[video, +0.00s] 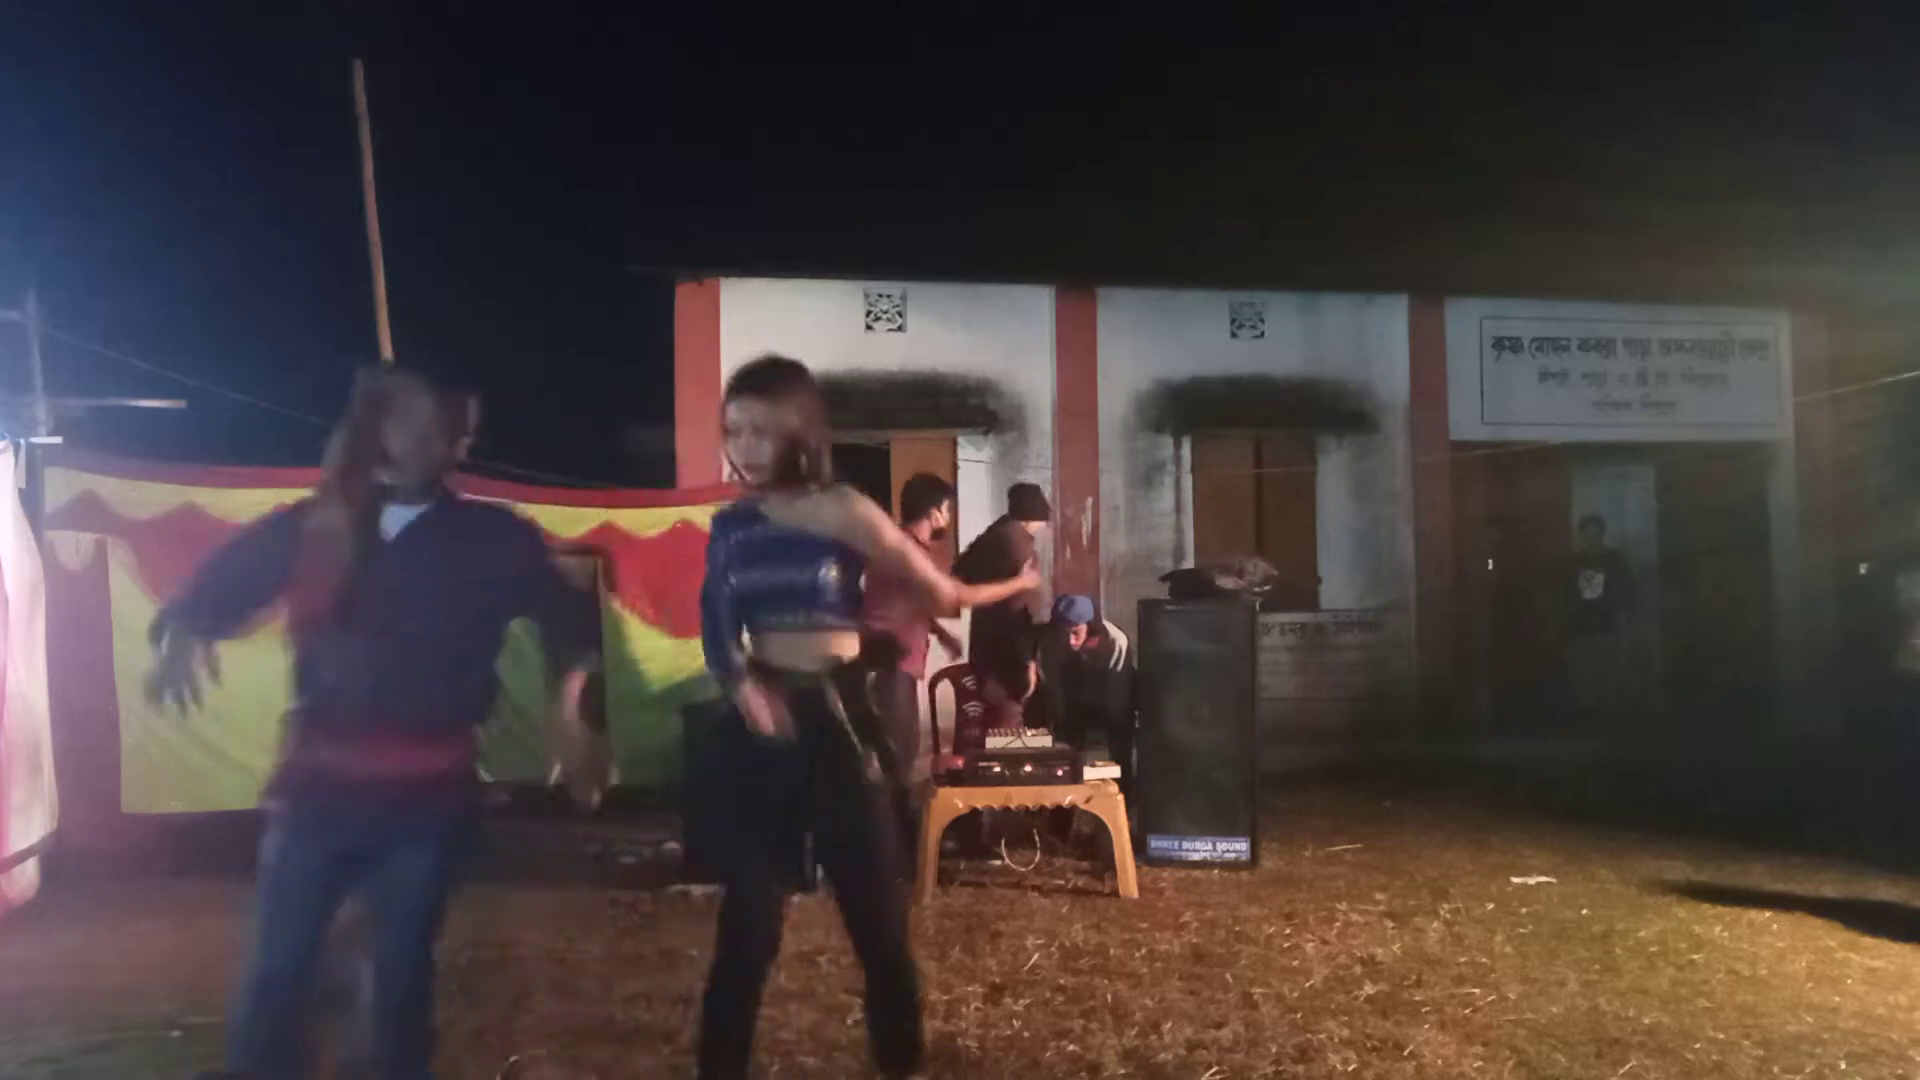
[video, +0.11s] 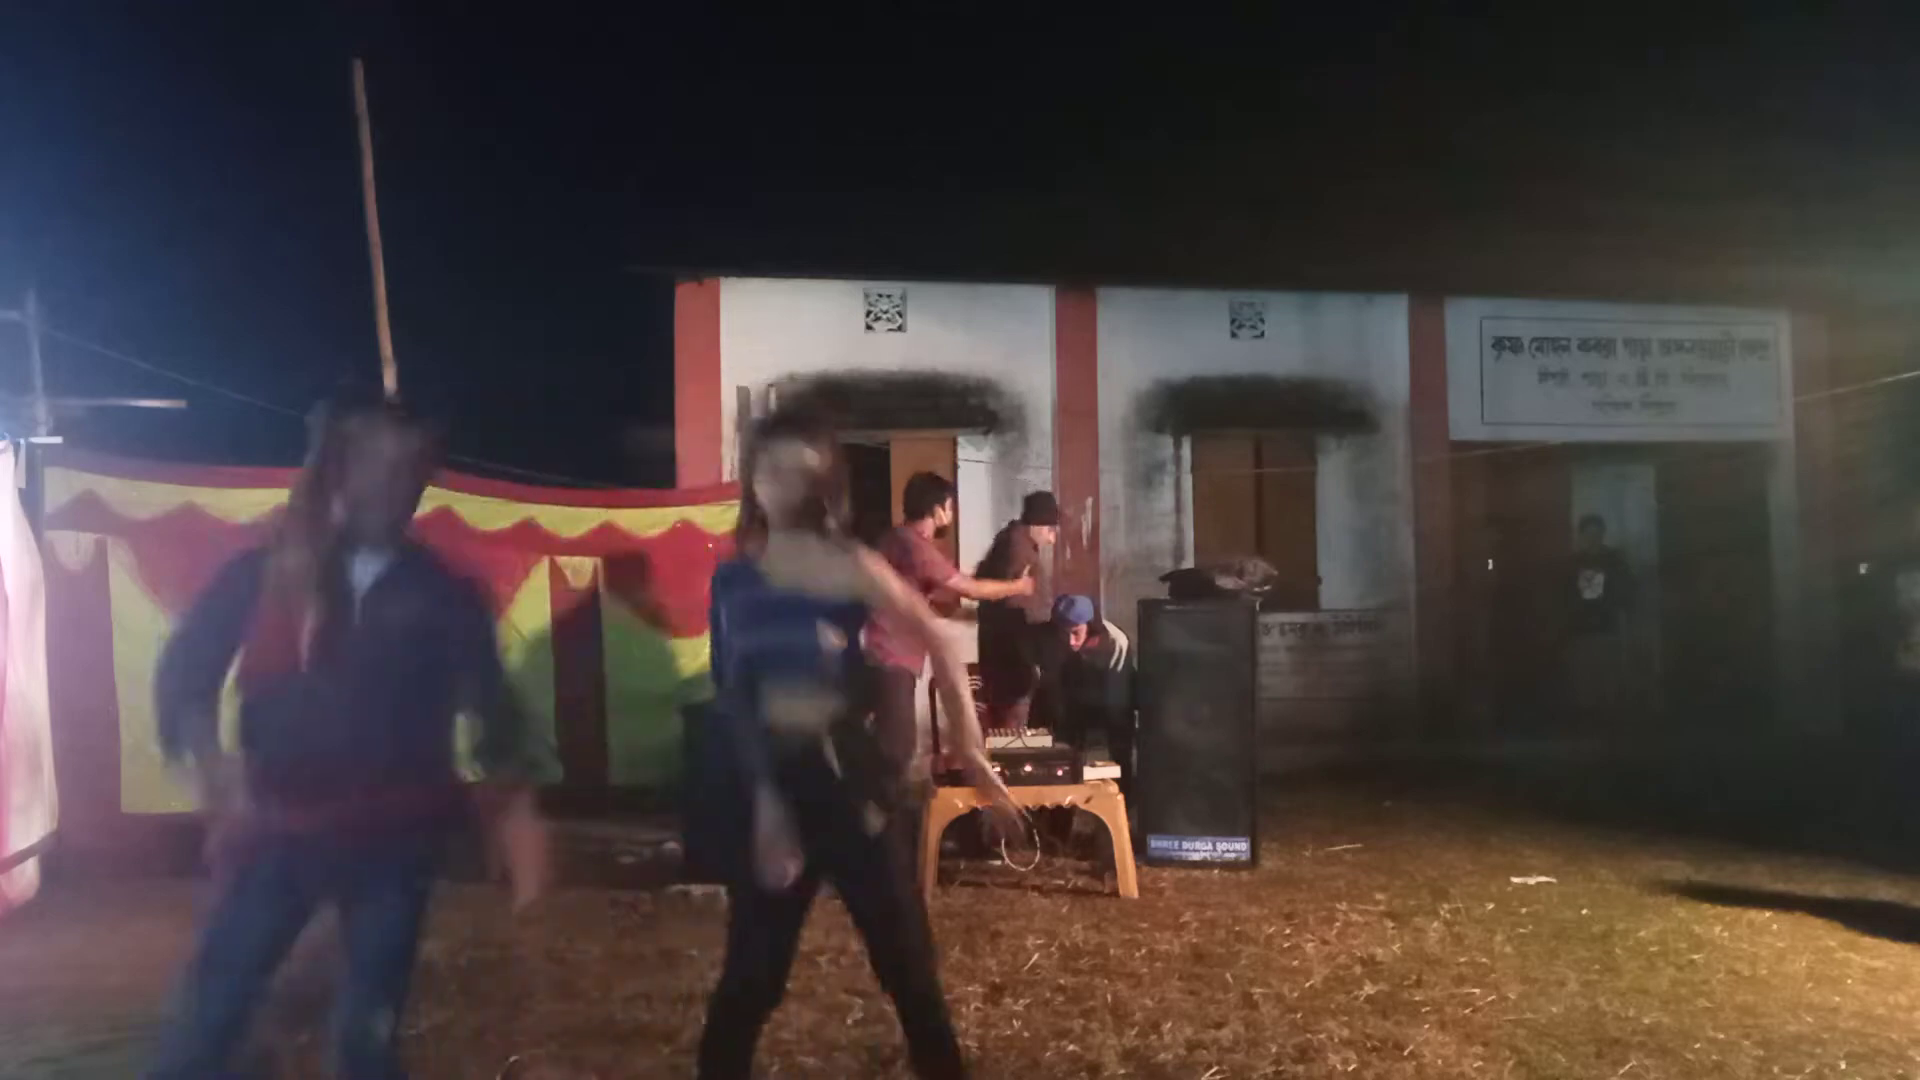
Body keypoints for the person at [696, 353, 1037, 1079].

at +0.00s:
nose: (744, 448)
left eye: (761, 431)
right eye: (735, 432)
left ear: (805, 435)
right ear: (724, 435)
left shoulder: (844, 511)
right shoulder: (731, 525)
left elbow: (942, 594)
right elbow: (717, 625)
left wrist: (1013, 588)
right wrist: (742, 685)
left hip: (843, 724)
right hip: (760, 724)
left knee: (878, 924)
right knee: (746, 933)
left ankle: (899, 1064)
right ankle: (720, 1068)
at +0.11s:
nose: (786, 486)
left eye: (800, 472)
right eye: (773, 471)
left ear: (825, 482)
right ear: (752, 480)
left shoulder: (853, 564)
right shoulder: (736, 577)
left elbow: (937, 640)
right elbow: (733, 699)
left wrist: (969, 749)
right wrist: (765, 806)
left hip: (856, 778)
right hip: (771, 778)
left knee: (909, 972)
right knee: (751, 982)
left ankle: (943, 1066)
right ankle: (718, 1067)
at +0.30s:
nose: (828, 456)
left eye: (839, 441)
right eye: (815, 438)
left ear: (850, 450)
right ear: (781, 441)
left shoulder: (852, 532)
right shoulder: (730, 524)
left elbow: (901, 641)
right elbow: (706, 635)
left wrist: (871, 739)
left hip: (813, 731)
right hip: (730, 734)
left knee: (852, 914)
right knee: (719, 928)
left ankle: (892, 1058)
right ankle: (702, 1067)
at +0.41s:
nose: (825, 436)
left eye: (835, 423)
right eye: (809, 422)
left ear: (848, 428)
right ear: (776, 423)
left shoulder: (844, 512)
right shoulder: (732, 499)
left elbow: (878, 621)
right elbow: (724, 592)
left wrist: (846, 711)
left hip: (813, 708)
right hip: (726, 703)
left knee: (826, 889)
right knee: (700, 893)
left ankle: (823, 1051)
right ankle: (668, 1060)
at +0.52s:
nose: (816, 458)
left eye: (828, 446)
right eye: (801, 442)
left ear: (839, 458)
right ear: (764, 444)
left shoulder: (832, 550)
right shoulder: (731, 530)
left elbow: (854, 647)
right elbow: (719, 616)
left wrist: (817, 734)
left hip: (775, 745)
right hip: (704, 734)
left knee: (791, 946)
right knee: (657, 933)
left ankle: (760, 1068)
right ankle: (589, 1066)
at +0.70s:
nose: (811, 508)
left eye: (816, 494)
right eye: (796, 494)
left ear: (820, 501)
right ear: (760, 499)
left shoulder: (780, 584)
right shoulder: (721, 570)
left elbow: (784, 687)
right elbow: (783, 670)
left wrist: (780, 748)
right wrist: (807, 710)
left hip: (737, 771)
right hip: (677, 769)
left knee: (797, 947)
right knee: (632, 964)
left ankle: (776, 1069)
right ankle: (548, 1070)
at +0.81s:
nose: (798, 479)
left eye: (807, 466)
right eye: (782, 464)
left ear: (816, 475)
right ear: (747, 469)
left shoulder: (775, 546)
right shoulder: (737, 530)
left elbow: (760, 651)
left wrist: (771, 716)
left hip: (717, 744)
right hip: (659, 742)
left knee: (773, 932)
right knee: (616, 940)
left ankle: (772, 1069)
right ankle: (546, 1067)